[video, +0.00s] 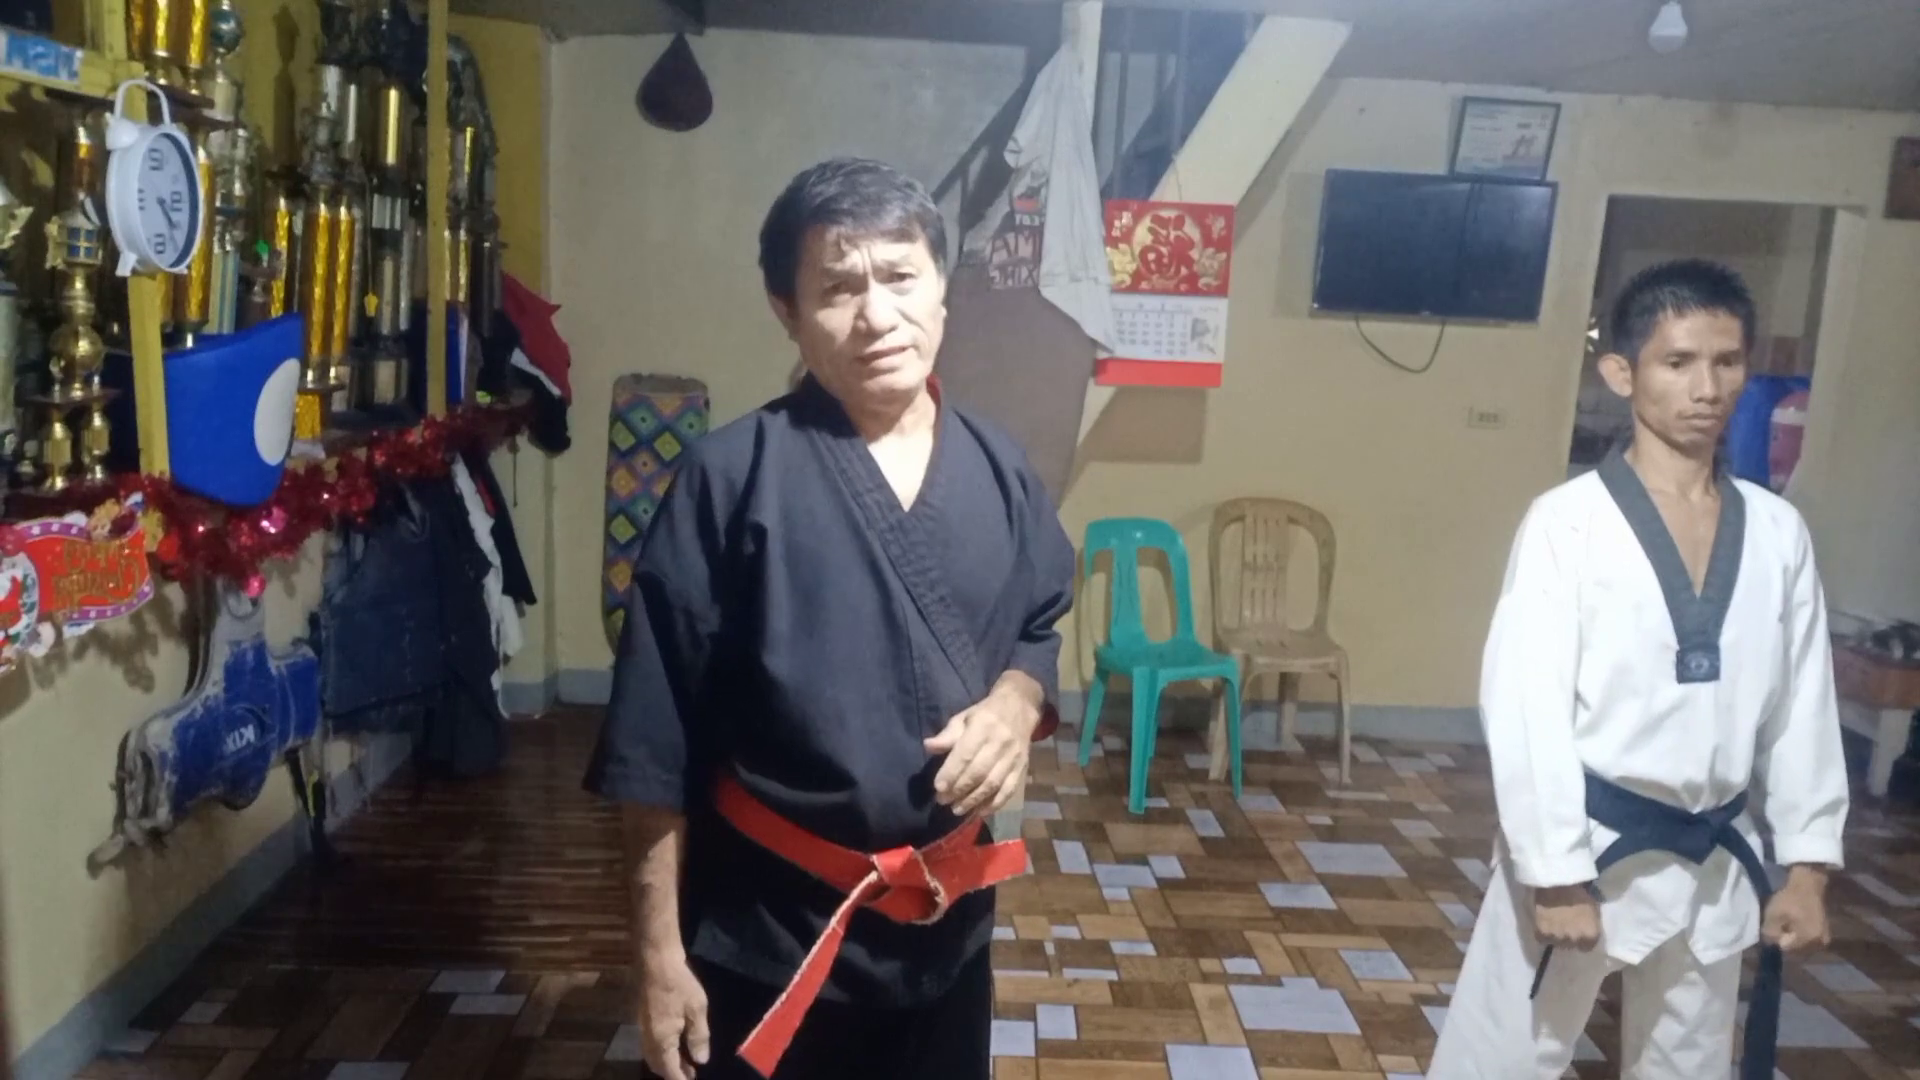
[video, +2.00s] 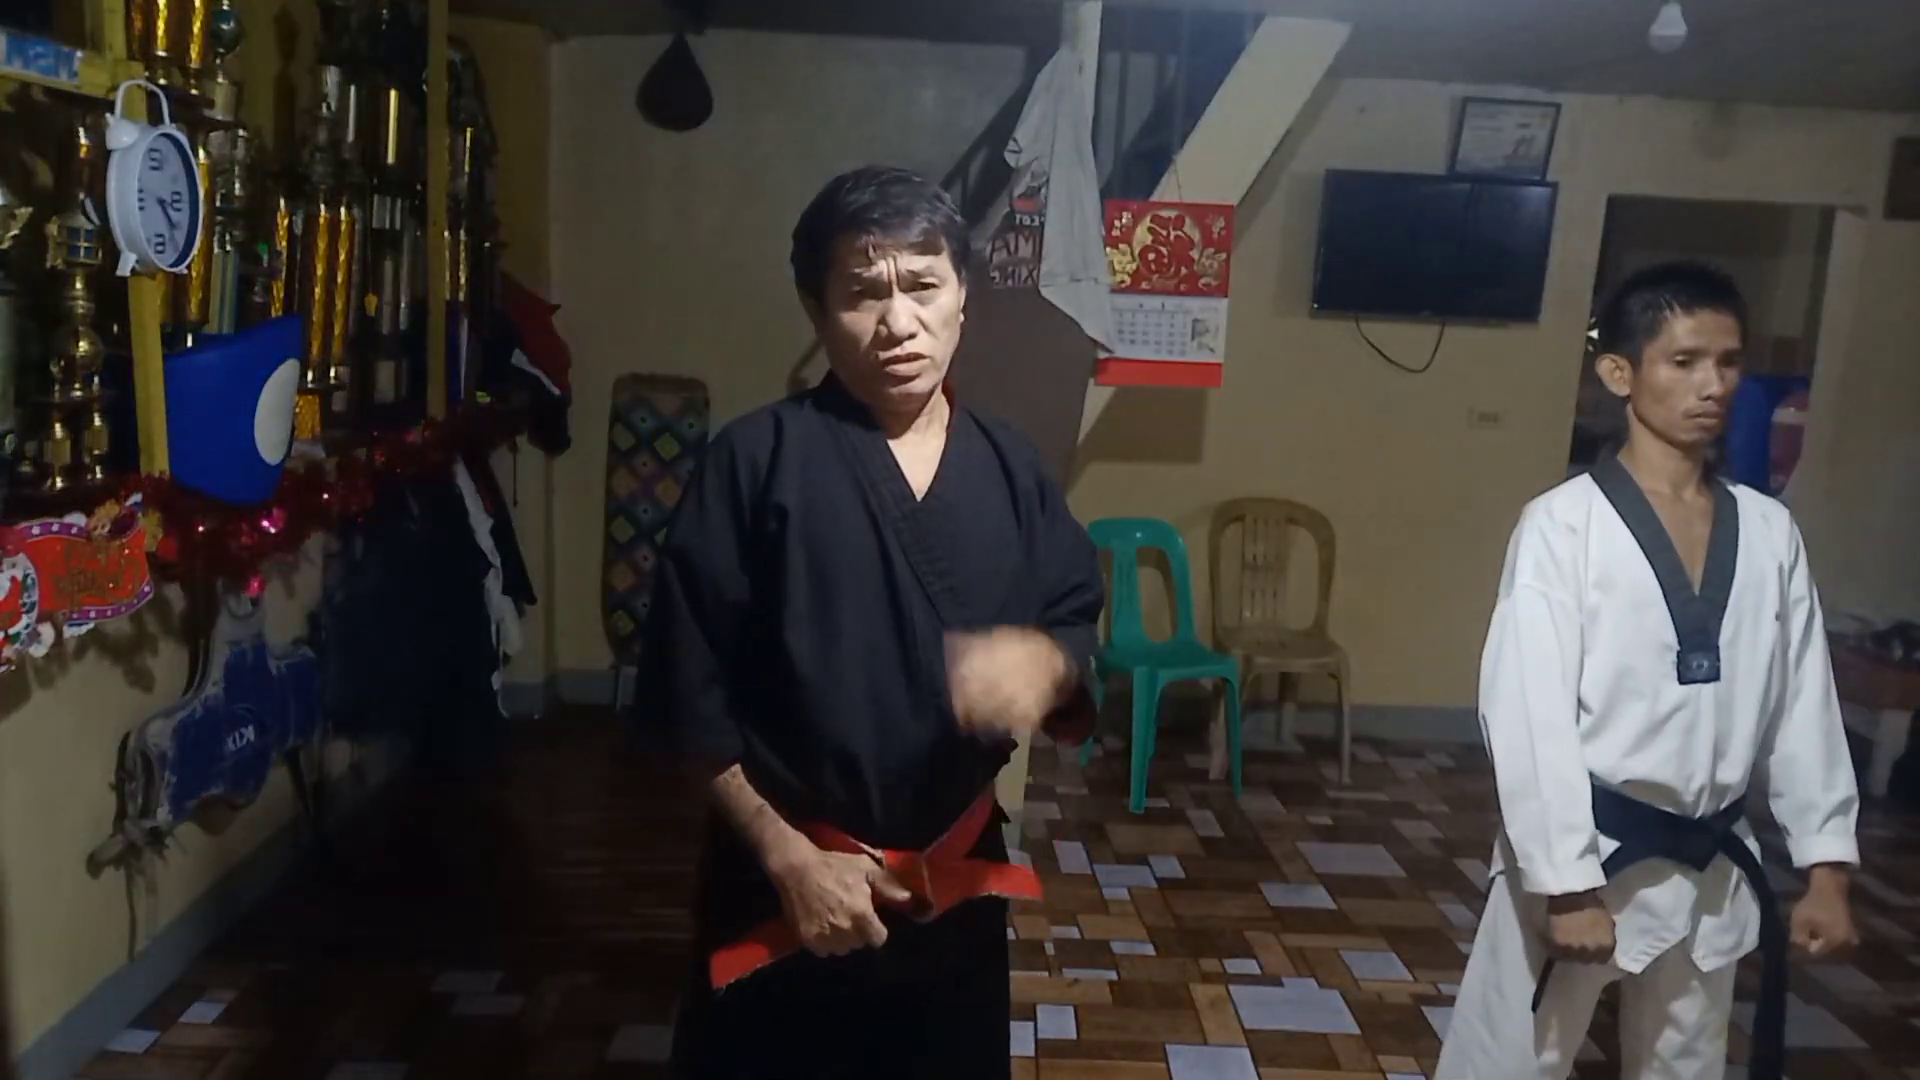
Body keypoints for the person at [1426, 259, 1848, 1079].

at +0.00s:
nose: (1708, 387)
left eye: (1726, 361)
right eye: (1679, 361)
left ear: (1746, 370)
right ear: (1620, 374)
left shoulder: (1778, 530)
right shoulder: (1565, 523)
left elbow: (1805, 704)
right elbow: (1524, 702)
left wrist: (1808, 864)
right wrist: (1556, 871)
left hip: (1718, 862)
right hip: (1579, 857)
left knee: (1688, 1069)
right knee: (1505, 1062)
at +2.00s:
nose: (1714, 386)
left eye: (1727, 362)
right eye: (1685, 362)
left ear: (1741, 370)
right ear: (1618, 375)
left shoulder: (1769, 530)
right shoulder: (1561, 526)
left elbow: (1803, 703)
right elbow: (1529, 711)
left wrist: (1827, 867)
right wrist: (1569, 885)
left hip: (1710, 869)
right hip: (1578, 864)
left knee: (1684, 1069)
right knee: (1517, 1065)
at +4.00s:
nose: (1710, 390)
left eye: (1724, 365)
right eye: (1681, 365)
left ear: (1739, 371)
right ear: (1616, 377)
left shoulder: (1769, 529)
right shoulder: (1562, 527)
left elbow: (1802, 702)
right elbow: (1533, 712)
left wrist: (1823, 864)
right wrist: (1576, 884)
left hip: (1719, 874)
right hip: (1583, 870)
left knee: (1693, 1069)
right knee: (1523, 1065)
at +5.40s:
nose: (1705, 388)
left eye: (1719, 363)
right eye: (1675, 364)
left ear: (1734, 371)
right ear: (1612, 376)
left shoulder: (1765, 527)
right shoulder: (1559, 526)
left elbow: (1801, 700)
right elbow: (1531, 710)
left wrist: (1823, 862)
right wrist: (1575, 881)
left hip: (1717, 871)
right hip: (1581, 868)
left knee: (1692, 1070)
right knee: (1519, 1066)